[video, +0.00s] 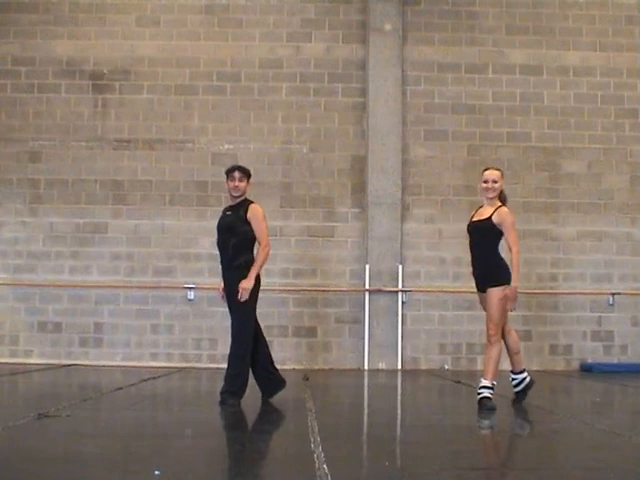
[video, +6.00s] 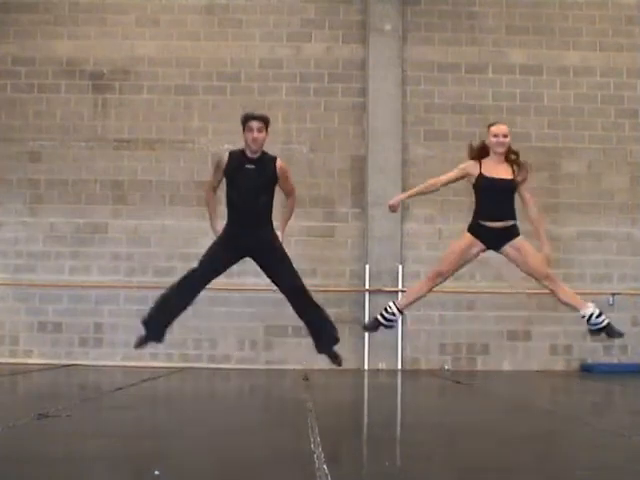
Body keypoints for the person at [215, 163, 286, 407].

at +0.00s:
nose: (236, 184)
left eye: (241, 180)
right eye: (232, 180)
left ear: (248, 184)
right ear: (226, 183)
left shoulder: (253, 210)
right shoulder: (228, 211)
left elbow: (265, 247)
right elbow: (230, 250)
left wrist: (250, 278)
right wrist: (225, 280)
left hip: (246, 279)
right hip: (230, 279)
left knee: (240, 335)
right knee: (249, 332)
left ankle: (232, 392)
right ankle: (271, 381)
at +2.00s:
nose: (287, 186)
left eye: (291, 182)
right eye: (282, 182)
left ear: (300, 188)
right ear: (274, 188)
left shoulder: (303, 210)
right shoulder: (267, 212)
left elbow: (305, 195)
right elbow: (260, 184)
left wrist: (283, 211)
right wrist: (288, 198)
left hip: (300, 291)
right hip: (270, 291)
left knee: (318, 345)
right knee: (251, 343)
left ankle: (332, 400)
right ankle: (222, 398)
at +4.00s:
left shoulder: (268, 315)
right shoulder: (245, 268)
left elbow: (259, 360)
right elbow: (229, 230)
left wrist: (255, 401)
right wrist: (213, 194)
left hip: (267, 323)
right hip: (231, 317)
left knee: (308, 358)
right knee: (189, 355)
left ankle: (353, 399)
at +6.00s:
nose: (255, 135)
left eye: (260, 131)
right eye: (251, 130)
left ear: (266, 136)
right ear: (243, 134)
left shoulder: (276, 167)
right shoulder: (226, 160)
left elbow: (291, 196)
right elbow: (211, 191)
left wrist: (281, 230)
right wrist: (215, 227)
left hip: (264, 240)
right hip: (233, 238)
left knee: (295, 289)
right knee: (196, 279)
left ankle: (327, 343)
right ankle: (153, 329)